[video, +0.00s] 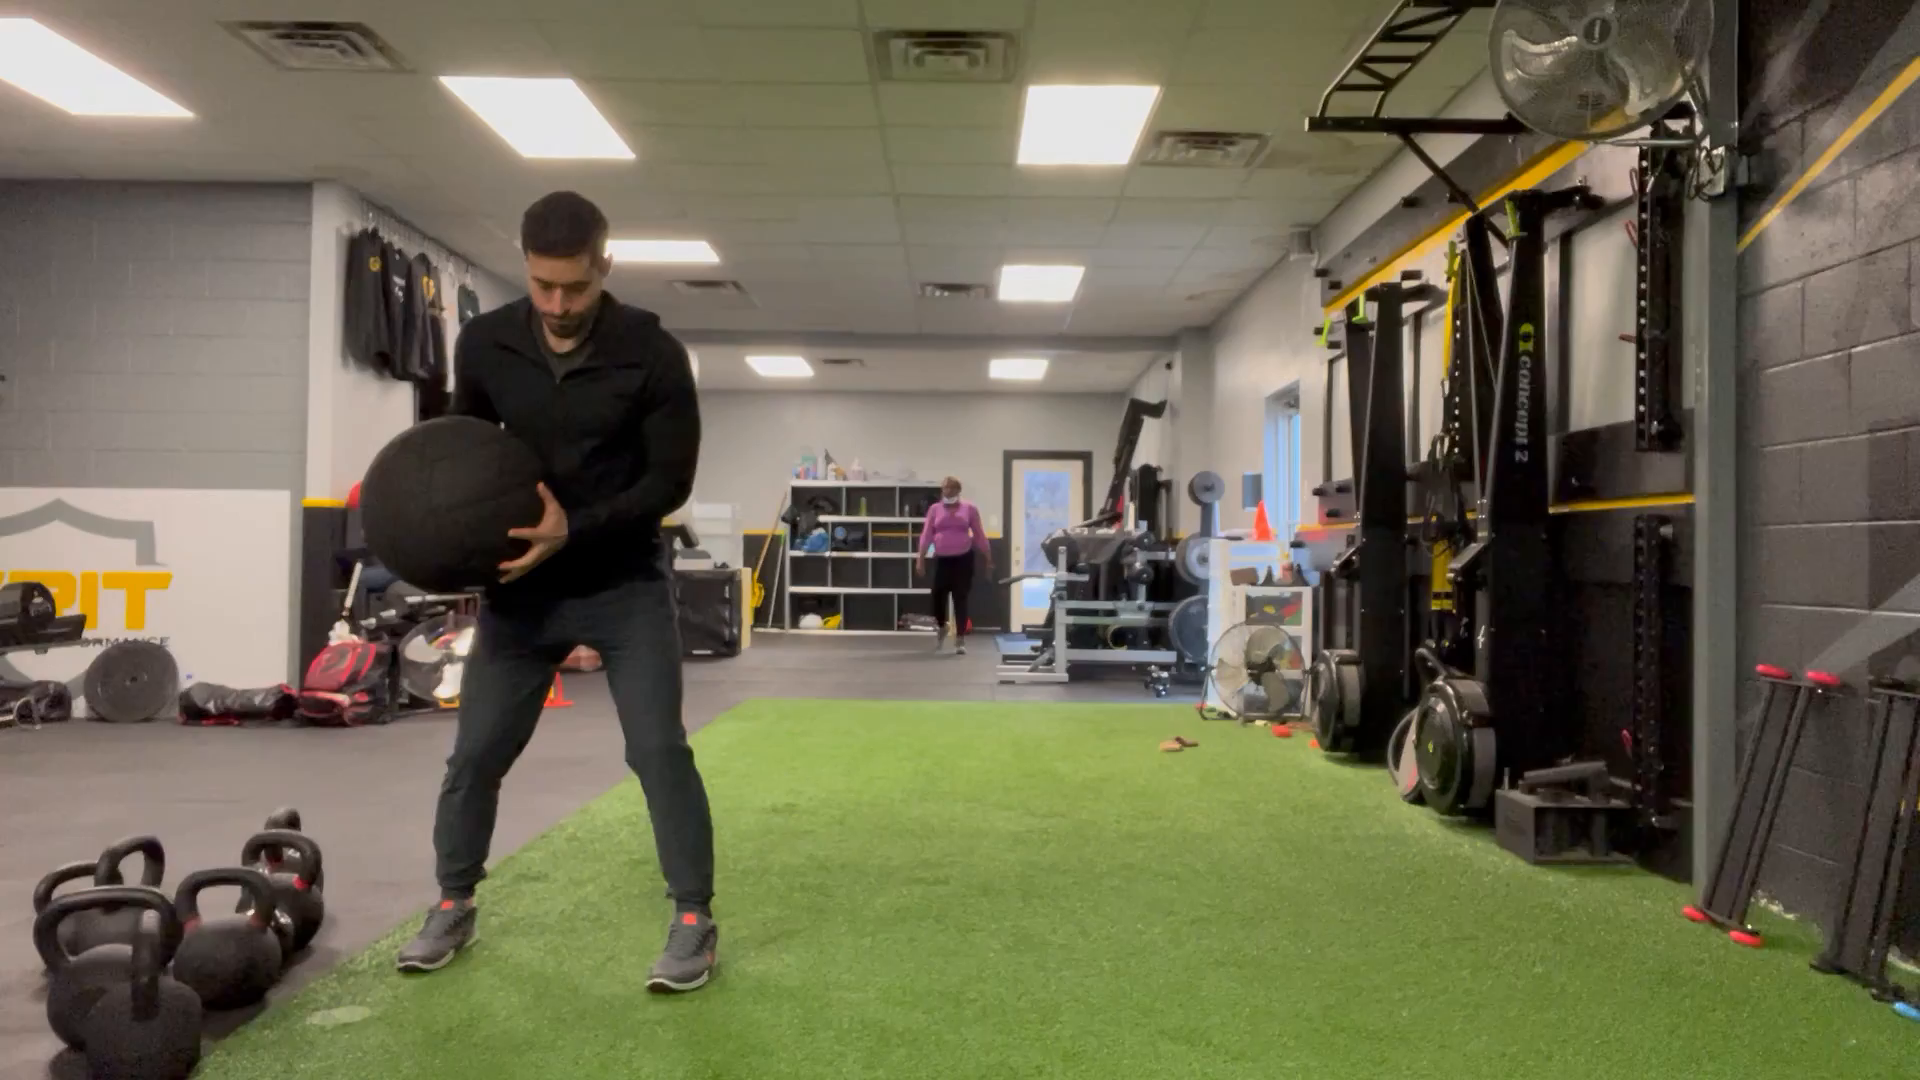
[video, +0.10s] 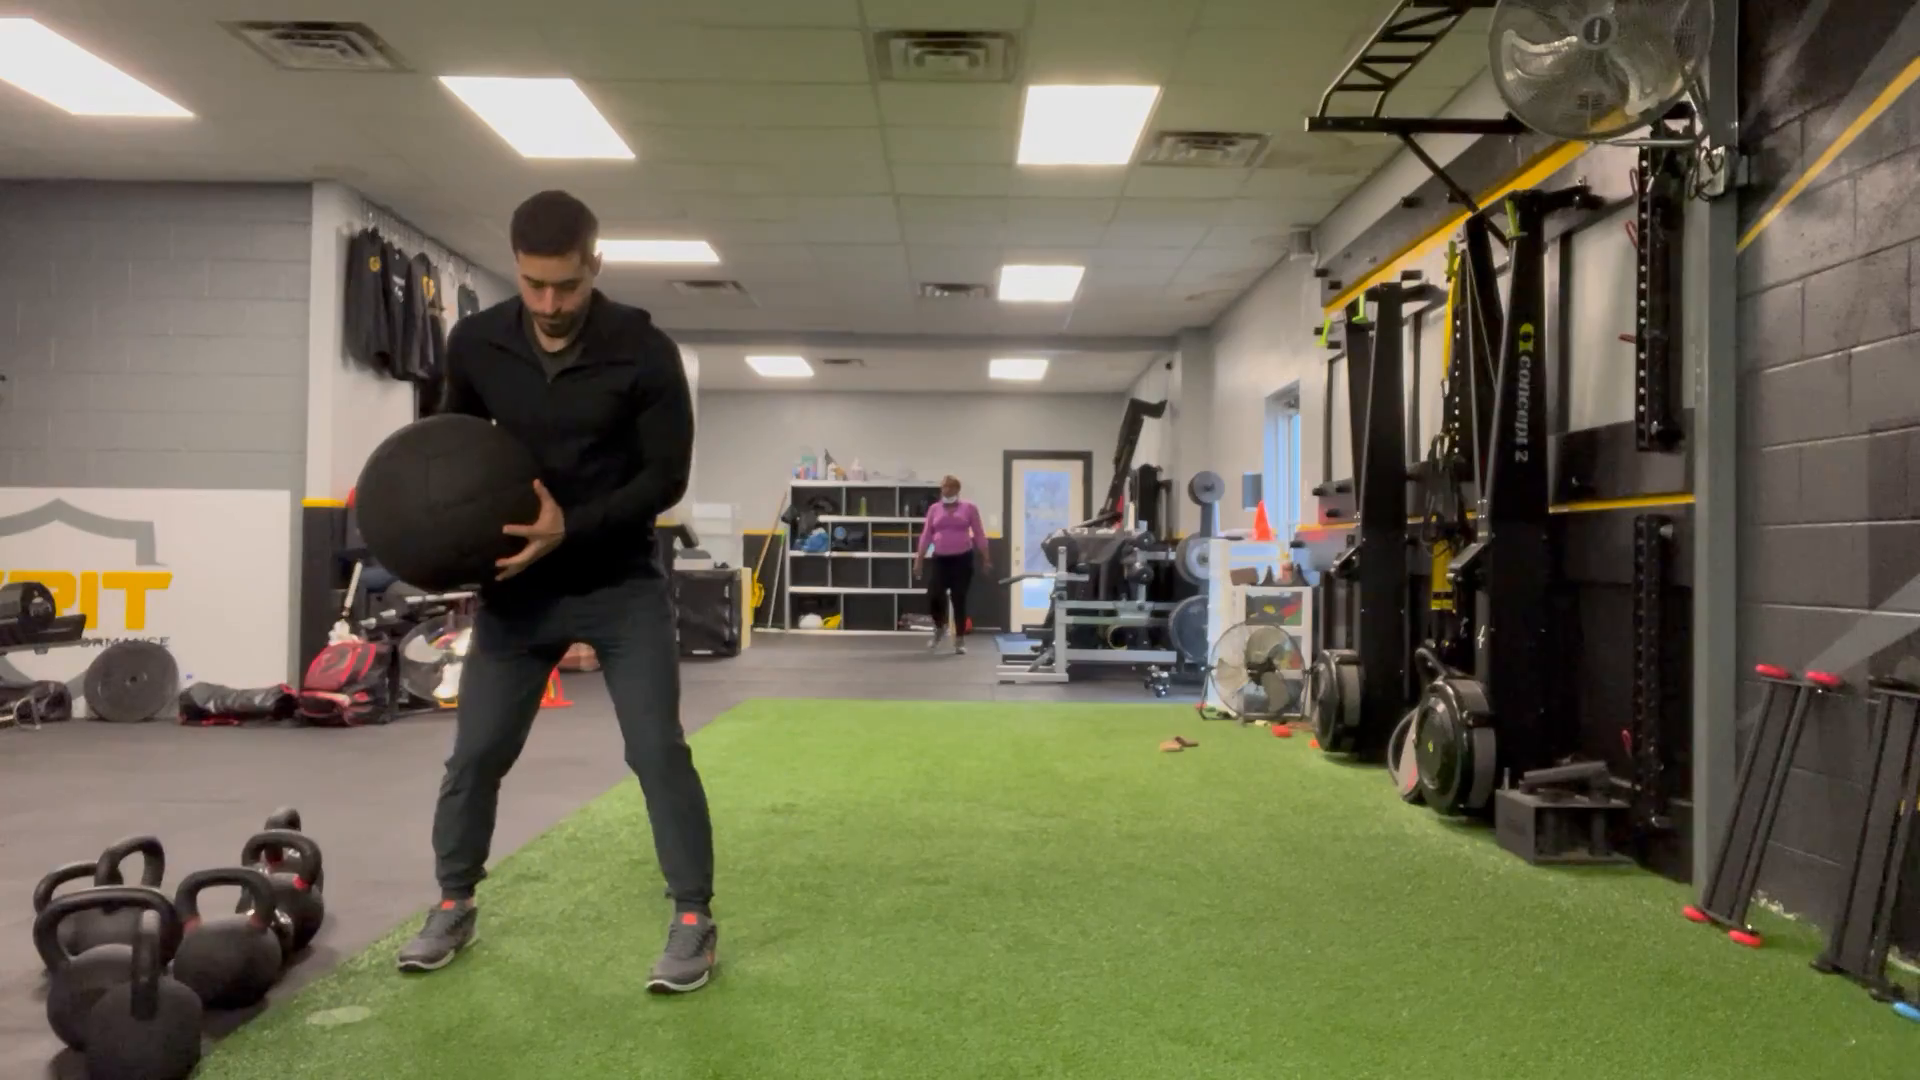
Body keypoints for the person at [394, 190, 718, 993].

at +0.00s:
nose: (558, 304)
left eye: (574, 287)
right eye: (544, 286)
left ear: (603, 269)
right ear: (524, 268)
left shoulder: (652, 350)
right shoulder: (485, 344)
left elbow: (672, 480)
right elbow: (463, 454)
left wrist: (574, 526)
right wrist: (457, 524)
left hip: (626, 583)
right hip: (521, 591)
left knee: (657, 745)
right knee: (473, 756)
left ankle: (692, 916)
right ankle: (451, 906)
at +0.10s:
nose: (549, 303)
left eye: (565, 286)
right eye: (534, 285)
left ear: (594, 267)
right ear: (513, 268)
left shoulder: (642, 348)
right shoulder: (476, 344)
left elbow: (668, 476)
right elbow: (449, 452)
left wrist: (571, 524)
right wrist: (445, 519)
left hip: (622, 583)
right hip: (517, 590)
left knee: (656, 745)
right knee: (474, 755)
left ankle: (692, 916)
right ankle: (451, 906)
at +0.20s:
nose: (543, 305)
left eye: (559, 287)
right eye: (528, 286)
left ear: (587, 268)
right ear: (506, 271)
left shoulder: (637, 352)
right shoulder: (468, 347)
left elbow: (662, 480)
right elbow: (442, 461)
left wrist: (567, 525)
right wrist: (442, 535)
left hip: (615, 589)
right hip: (508, 596)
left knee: (648, 747)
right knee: (470, 760)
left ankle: (690, 915)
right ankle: (450, 907)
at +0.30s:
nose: (543, 304)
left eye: (559, 287)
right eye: (529, 286)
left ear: (588, 269)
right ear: (507, 271)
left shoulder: (636, 351)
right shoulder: (468, 347)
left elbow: (663, 479)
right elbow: (442, 463)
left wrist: (568, 526)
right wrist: (443, 544)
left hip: (612, 588)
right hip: (505, 596)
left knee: (640, 743)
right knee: (471, 760)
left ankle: (684, 912)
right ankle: (450, 908)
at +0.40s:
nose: (556, 306)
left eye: (572, 289)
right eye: (541, 288)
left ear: (599, 274)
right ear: (519, 273)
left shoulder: (645, 351)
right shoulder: (478, 348)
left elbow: (671, 481)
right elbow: (447, 456)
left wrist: (575, 527)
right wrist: (445, 540)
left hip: (623, 584)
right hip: (519, 592)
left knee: (640, 741)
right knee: (482, 759)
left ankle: (680, 912)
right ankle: (451, 908)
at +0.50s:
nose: (578, 312)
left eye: (595, 293)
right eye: (562, 293)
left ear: (621, 276)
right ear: (541, 275)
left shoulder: (669, 356)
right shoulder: (500, 349)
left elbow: (690, 489)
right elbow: (479, 462)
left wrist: (588, 533)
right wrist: (463, 545)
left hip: (645, 584)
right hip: (544, 591)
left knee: (647, 746)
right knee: (498, 760)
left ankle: (683, 923)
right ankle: (455, 907)